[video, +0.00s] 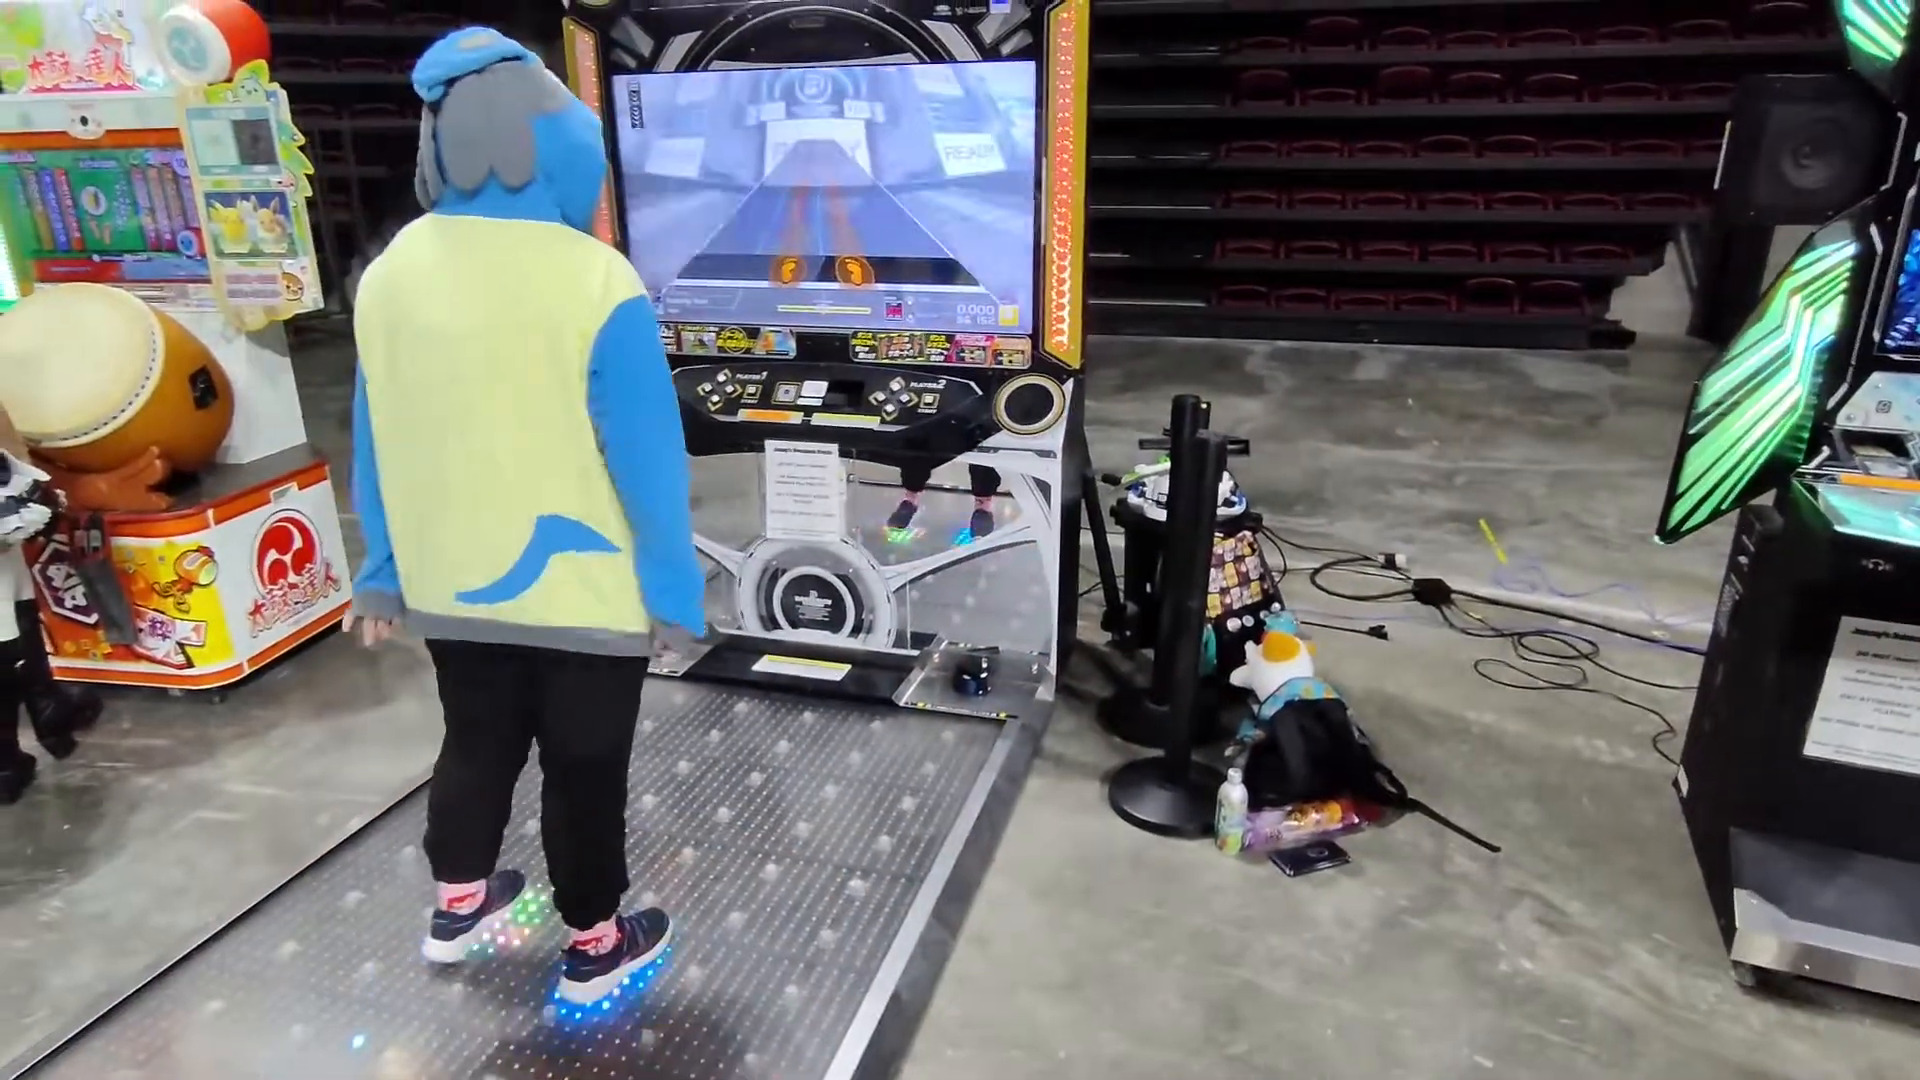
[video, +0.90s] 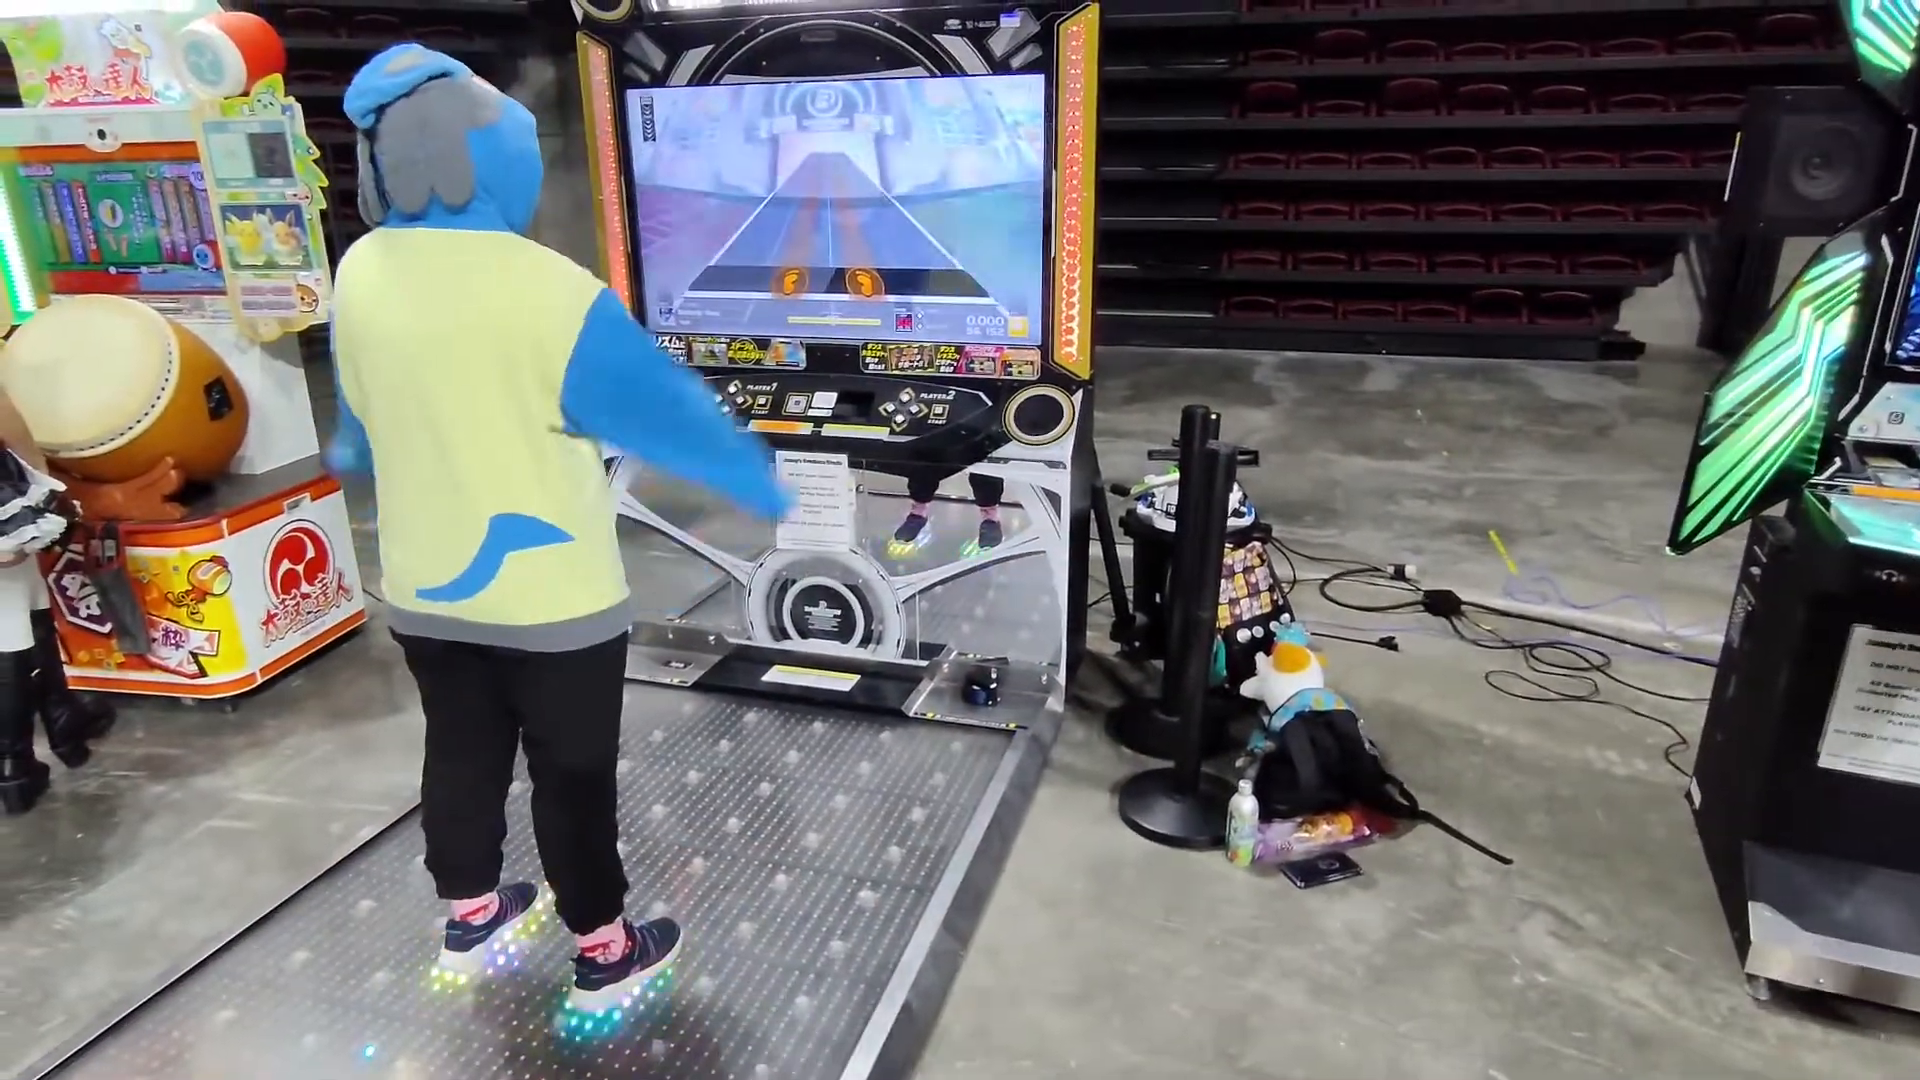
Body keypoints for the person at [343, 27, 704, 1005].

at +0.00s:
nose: (602, 184)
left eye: (598, 162)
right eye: (592, 163)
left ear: (459, 163)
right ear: (554, 165)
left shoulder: (392, 273)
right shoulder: (595, 280)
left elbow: (374, 439)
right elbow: (647, 457)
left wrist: (380, 567)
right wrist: (675, 590)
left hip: (451, 584)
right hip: (583, 589)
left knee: (478, 741)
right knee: (585, 768)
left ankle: (460, 905)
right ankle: (596, 944)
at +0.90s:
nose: (531, 167)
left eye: (521, 149)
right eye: (518, 151)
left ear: (401, 177)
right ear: (496, 167)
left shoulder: (362, 274)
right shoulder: (552, 294)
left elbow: (356, 423)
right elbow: (667, 407)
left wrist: (371, 464)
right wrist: (755, 479)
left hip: (429, 594)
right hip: (558, 601)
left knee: (461, 753)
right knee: (573, 773)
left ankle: (469, 911)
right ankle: (602, 943)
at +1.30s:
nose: (552, 179)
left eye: (545, 160)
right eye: (539, 160)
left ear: (422, 179)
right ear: (501, 173)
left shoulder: (381, 284)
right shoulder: (557, 299)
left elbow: (362, 433)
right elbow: (668, 434)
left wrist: (397, 520)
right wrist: (766, 537)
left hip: (446, 600)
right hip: (572, 608)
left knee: (475, 761)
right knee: (585, 778)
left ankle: (482, 917)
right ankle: (611, 949)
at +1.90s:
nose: (569, 191)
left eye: (564, 173)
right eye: (554, 174)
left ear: (449, 187)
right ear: (513, 184)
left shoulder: (406, 295)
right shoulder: (570, 314)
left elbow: (424, 442)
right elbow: (654, 470)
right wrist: (716, 581)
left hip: (466, 607)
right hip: (589, 615)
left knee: (496, 759)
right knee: (603, 784)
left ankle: (495, 919)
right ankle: (622, 957)